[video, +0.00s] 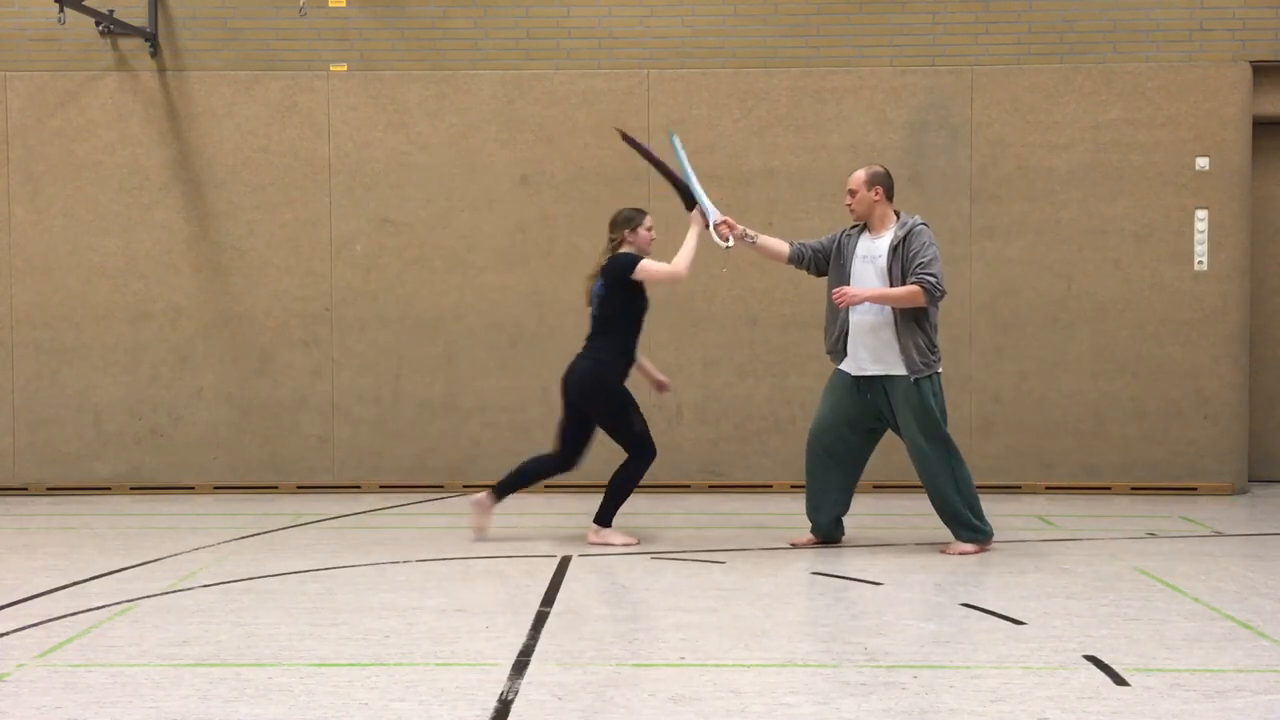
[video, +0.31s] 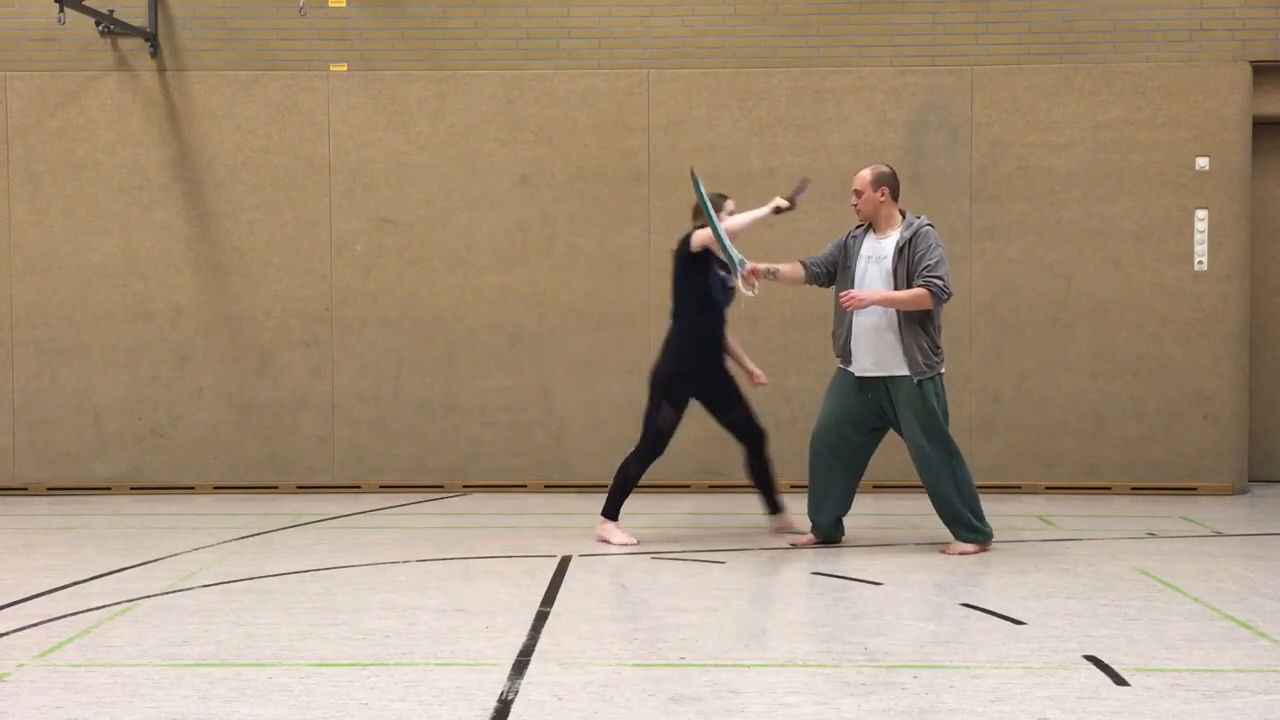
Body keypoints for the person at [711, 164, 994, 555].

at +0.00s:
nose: (846, 201)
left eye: (852, 193)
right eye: (846, 194)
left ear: (878, 194)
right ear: (866, 196)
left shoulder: (914, 234)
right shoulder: (845, 241)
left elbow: (928, 291)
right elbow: (798, 253)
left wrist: (867, 294)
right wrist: (742, 233)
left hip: (906, 372)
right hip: (853, 372)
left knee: (933, 451)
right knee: (824, 441)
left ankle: (974, 534)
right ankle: (826, 530)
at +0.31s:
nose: (853, 201)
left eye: (859, 194)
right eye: (852, 195)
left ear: (884, 194)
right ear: (875, 195)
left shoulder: (920, 235)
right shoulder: (852, 242)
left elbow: (934, 293)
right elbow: (815, 270)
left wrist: (874, 297)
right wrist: (768, 270)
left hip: (911, 372)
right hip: (858, 372)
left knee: (935, 453)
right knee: (828, 440)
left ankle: (974, 535)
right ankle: (826, 530)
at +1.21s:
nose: (853, 209)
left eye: (858, 202)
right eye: (851, 202)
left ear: (883, 199)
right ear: (875, 202)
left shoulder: (924, 236)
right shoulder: (854, 245)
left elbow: (943, 295)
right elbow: (826, 286)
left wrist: (886, 300)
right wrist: (796, 307)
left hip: (913, 373)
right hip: (859, 373)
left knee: (933, 454)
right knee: (829, 442)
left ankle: (973, 533)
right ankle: (826, 528)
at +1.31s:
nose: (856, 212)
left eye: (861, 205)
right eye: (854, 205)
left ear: (886, 201)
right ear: (876, 203)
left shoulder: (927, 237)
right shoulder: (857, 245)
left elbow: (945, 296)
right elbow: (832, 290)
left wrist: (891, 300)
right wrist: (803, 313)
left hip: (912, 370)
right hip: (861, 371)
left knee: (925, 451)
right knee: (833, 443)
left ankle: (970, 529)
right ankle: (826, 529)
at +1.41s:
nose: (866, 215)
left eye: (870, 208)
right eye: (863, 208)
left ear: (896, 203)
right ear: (888, 205)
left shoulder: (936, 240)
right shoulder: (869, 245)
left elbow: (953, 300)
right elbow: (845, 296)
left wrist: (898, 302)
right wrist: (815, 320)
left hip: (916, 371)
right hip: (867, 371)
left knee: (920, 453)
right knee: (839, 443)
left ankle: (975, 527)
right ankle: (826, 527)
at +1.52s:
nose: (879, 218)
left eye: (884, 210)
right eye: (878, 210)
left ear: (909, 205)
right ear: (900, 206)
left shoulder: (950, 242)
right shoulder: (886, 249)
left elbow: (961, 303)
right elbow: (865, 302)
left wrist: (901, 303)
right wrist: (833, 333)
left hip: (930, 373)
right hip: (885, 372)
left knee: (925, 453)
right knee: (851, 445)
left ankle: (982, 531)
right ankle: (828, 529)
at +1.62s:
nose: (895, 218)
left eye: (899, 210)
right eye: (892, 210)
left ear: (923, 203)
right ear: (917, 205)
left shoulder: (962, 240)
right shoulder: (910, 247)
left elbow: (970, 300)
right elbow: (898, 310)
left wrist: (903, 302)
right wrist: (863, 343)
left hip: (946, 373)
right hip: (906, 373)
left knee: (940, 459)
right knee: (877, 450)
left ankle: (987, 537)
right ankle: (840, 523)